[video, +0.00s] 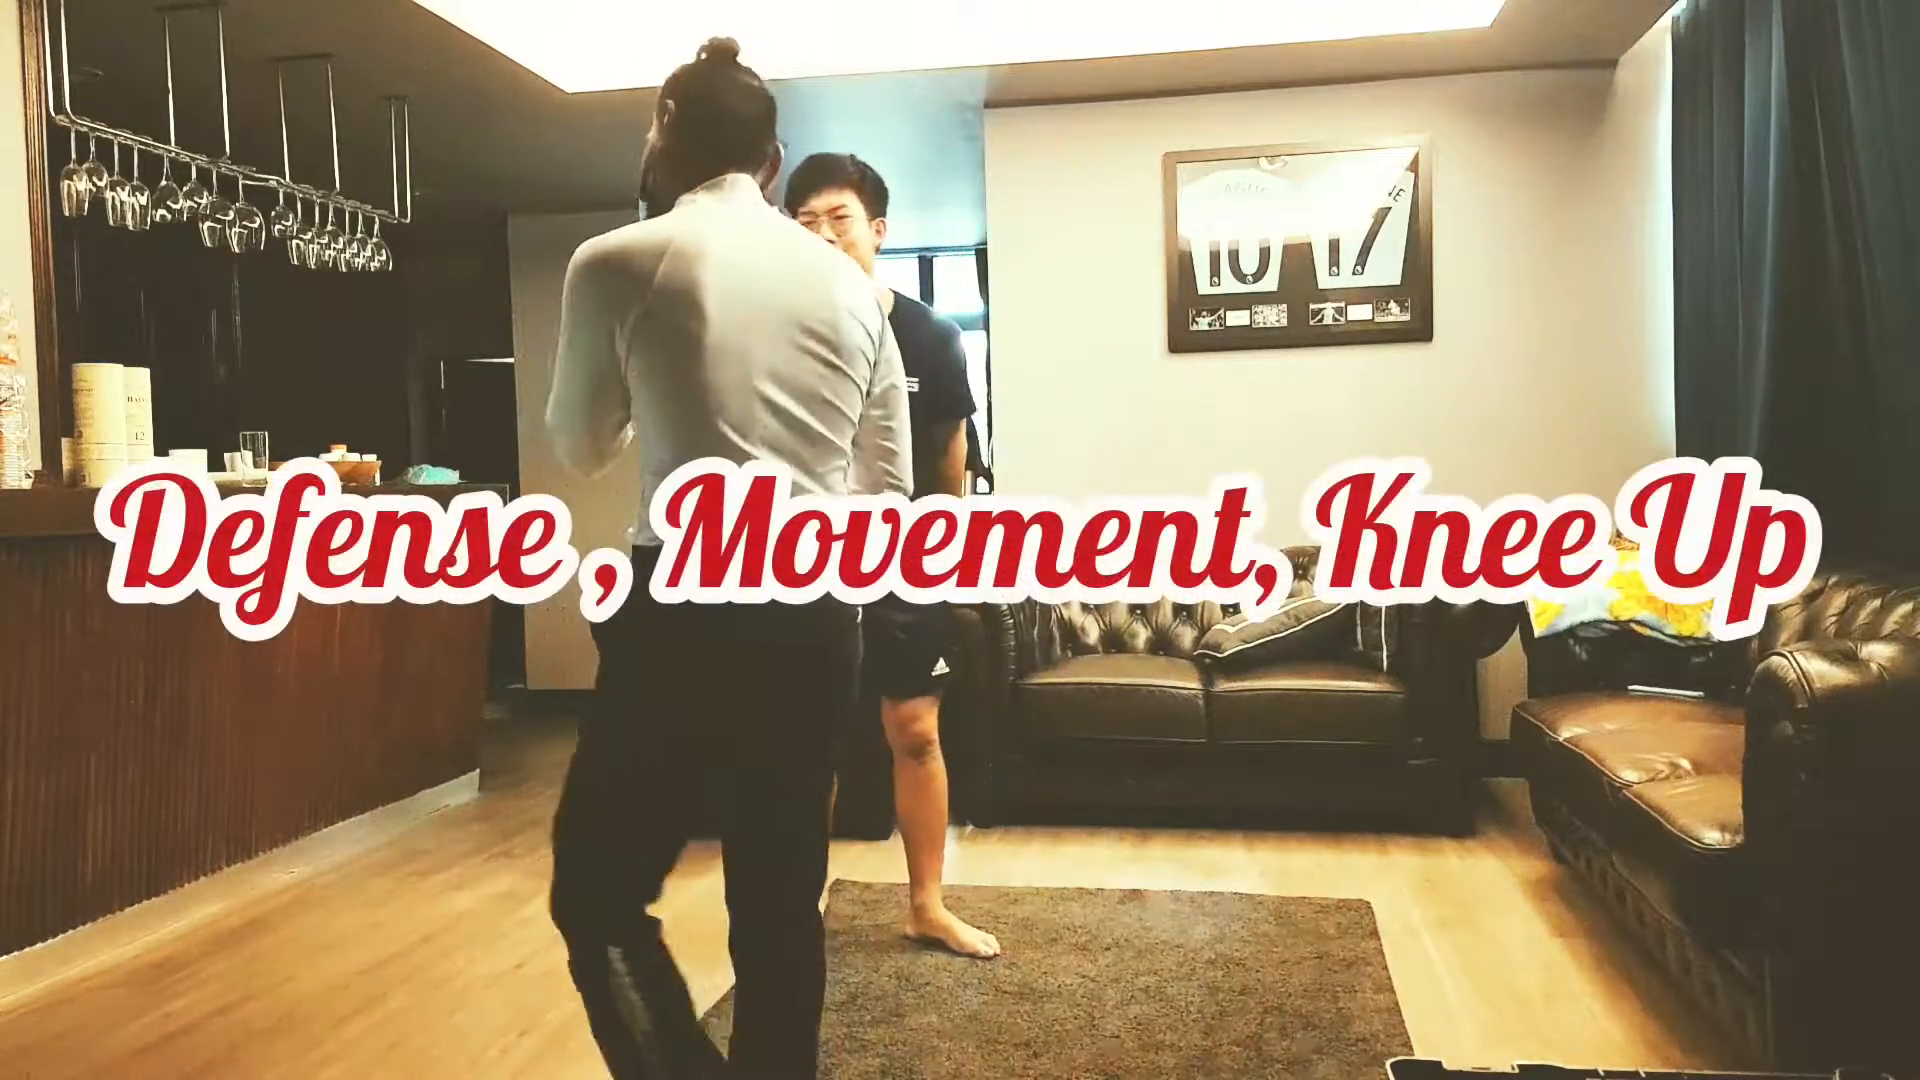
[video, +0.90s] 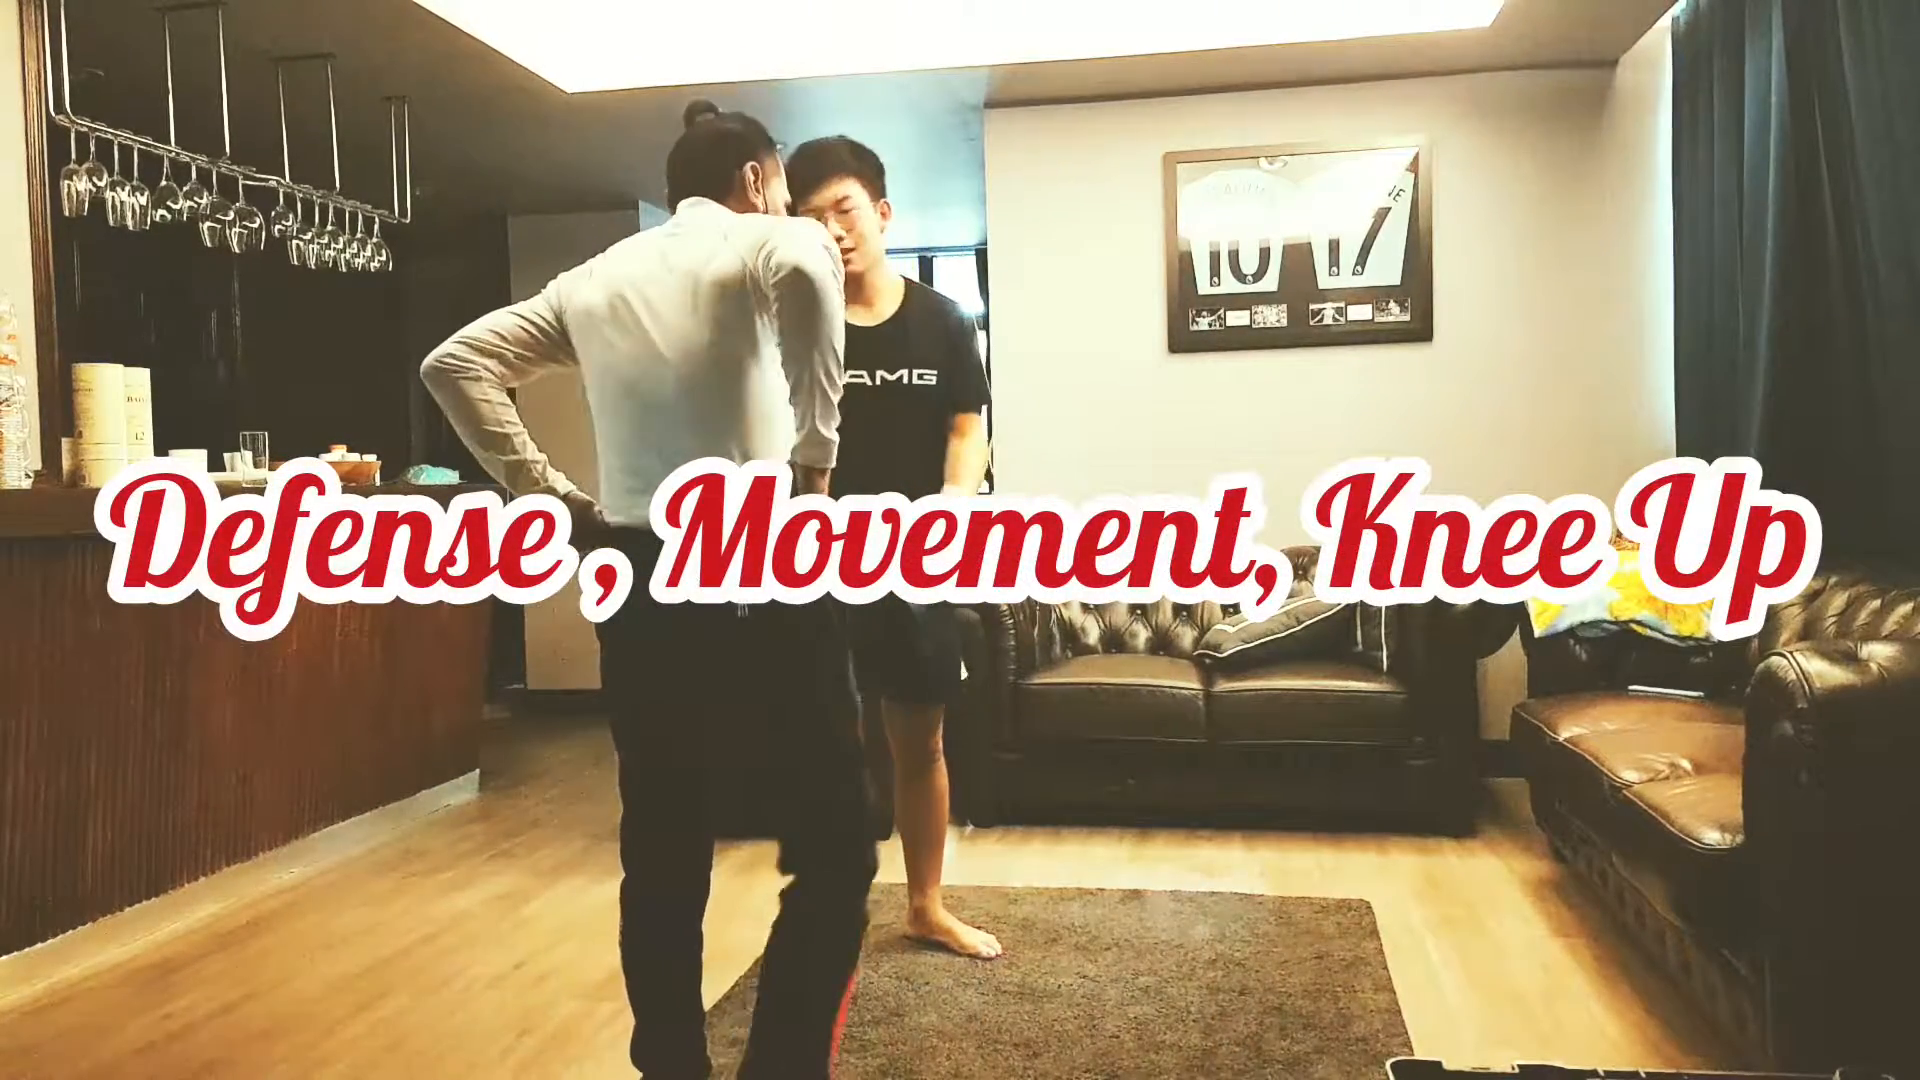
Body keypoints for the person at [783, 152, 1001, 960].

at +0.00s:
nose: (826, 234)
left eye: (841, 218)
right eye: (810, 223)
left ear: (878, 230)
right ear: (795, 238)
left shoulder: (924, 335)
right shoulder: (782, 333)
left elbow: (953, 466)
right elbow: (771, 457)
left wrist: (939, 561)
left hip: (902, 557)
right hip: (808, 559)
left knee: (915, 731)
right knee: (808, 729)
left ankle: (927, 900)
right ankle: (805, 886)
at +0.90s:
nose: (834, 230)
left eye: (846, 209)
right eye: (816, 218)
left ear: (883, 211)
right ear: (800, 233)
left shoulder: (938, 319)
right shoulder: (796, 326)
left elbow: (968, 429)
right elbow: (772, 439)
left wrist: (945, 522)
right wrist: (797, 530)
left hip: (913, 560)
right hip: (821, 566)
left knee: (920, 743)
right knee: (832, 743)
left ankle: (927, 905)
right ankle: (831, 912)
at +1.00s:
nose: (826, 235)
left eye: (838, 215)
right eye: (811, 223)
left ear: (876, 213)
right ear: (797, 232)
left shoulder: (931, 317)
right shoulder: (791, 322)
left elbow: (972, 438)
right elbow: (763, 426)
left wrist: (965, 432)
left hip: (917, 556)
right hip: (819, 559)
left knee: (924, 742)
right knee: (827, 746)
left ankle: (929, 907)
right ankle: (827, 933)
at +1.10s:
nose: (824, 233)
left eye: (838, 217)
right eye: (812, 221)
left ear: (878, 217)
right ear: (801, 228)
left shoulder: (924, 302)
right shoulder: (791, 313)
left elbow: (986, 415)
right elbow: (762, 416)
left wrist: (960, 317)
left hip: (919, 538)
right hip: (822, 545)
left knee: (935, 732)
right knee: (833, 742)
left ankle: (935, 901)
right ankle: (826, 930)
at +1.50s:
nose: (888, 264)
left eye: (901, 243)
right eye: (873, 249)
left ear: (939, 235)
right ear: (856, 249)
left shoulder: (976, 313)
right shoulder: (845, 315)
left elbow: (1009, 295)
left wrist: (949, 242)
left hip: (956, 565)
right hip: (855, 565)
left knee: (998, 740)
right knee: (847, 748)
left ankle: (1027, 858)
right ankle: (828, 931)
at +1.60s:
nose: (907, 266)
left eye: (920, 247)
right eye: (894, 252)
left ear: (963, 242)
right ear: (884, 254)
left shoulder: (1004, 321)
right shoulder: (869, 337)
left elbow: (1020, 295)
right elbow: (838, 449)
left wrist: (979, 253)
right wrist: (803, 534)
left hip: (986, 565)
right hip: (886, 565)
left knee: (1006, 735)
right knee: (867, 747)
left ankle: (1026, 864)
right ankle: (830, 926)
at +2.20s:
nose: (986, 250)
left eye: (1003, 235)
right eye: (976, 236)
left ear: (1045, 243)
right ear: (967, 243)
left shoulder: (1073, 331)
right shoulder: (935, 333)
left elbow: (1076, 311)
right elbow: (897, 436)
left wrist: (1046, 265)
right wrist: (892, 562)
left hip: (1033, 557)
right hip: (943, 554)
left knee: (1029, 721)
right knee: (931, 716)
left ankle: (1025, 877)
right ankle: (929, 877)